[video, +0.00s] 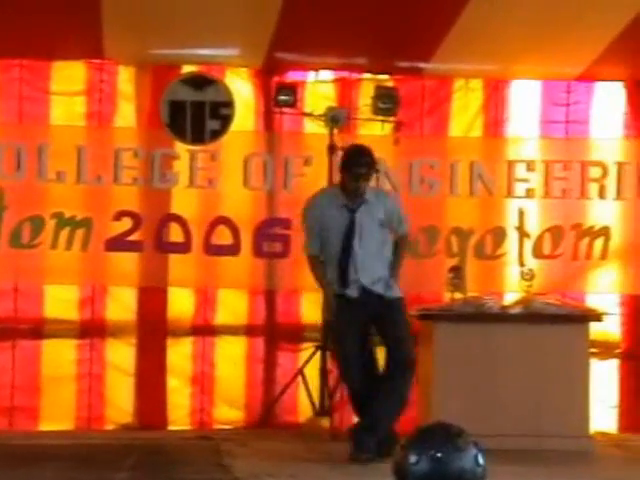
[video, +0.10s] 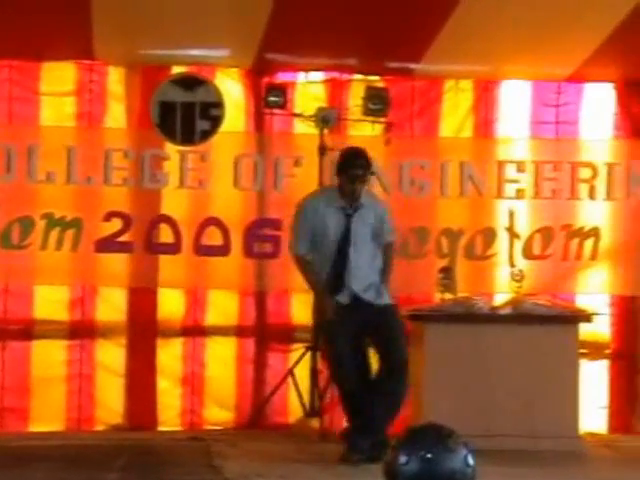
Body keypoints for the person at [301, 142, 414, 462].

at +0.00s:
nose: (360, 186)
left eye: (365, 179)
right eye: (354, 178)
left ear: (372, 177)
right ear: (341, 175)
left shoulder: (384, 203)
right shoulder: (319, 206)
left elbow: (402, 236)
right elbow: (314, 253)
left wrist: (392, 275)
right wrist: (328, 287)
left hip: (383, 294)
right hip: (344, 298)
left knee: (402, 361)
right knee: (355, 370)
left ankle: (369, 434)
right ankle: (383, 435)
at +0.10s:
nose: (356, 187)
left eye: (362, 180)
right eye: (350, 180)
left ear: (368, 180)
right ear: (338, 178)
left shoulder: (375, 208)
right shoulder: (313, 207)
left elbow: (387, 245)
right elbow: (300, 253)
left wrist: (383, 285)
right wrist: (321, 292)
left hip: (375, 301)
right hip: (336, 304)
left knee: (396, 366)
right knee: (349, 374)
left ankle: (364, 435)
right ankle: (372, 440)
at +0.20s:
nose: (348, 182)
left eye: (354, 175)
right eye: (342, 175)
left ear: (361, 172)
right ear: (330, 170)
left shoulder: (369, 199)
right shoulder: (305, 196)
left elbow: (372, 239)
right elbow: (287, 240)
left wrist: (365, 280)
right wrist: (299, 283)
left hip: (353, 294)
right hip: (313, 294)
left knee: (361, 366)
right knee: (309, 371)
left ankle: (343, 433)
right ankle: (335, 425)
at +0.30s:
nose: (348, 185)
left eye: (353, 178)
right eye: (342, 178)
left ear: (361, 175)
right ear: (329, 173)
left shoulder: (371, 202)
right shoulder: (304, 198)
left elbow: (374, 244)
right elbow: (283, 241)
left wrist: (362, 283)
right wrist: (290, 281)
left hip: (344, 299)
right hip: (304, 294)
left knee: (339, 374)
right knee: (280, 353)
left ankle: (327, 443)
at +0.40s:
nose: (345, 184)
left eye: (351, 178)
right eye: (340, 177)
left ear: (359, 174)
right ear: (328, 170)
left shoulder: (371, 198)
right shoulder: (304, 195)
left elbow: (377, 243)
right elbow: (286, 242)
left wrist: (362, 285)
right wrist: (286, 284)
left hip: (343, 296)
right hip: (303, 291)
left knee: (331, 373)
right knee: (274, 361)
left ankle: (319, 441)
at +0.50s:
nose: (345, 182)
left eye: (351, 176)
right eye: (340, 175)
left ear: (359, 172)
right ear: (327, 168)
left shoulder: (370, 195)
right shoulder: (302, 193)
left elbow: (380, 237)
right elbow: (286, 239)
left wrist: (364, 279)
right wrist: (285, 280)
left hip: (346, 293)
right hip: (306, 289)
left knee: (335, 374)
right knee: (289, 363)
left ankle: (324, 444)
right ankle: (263, 432)